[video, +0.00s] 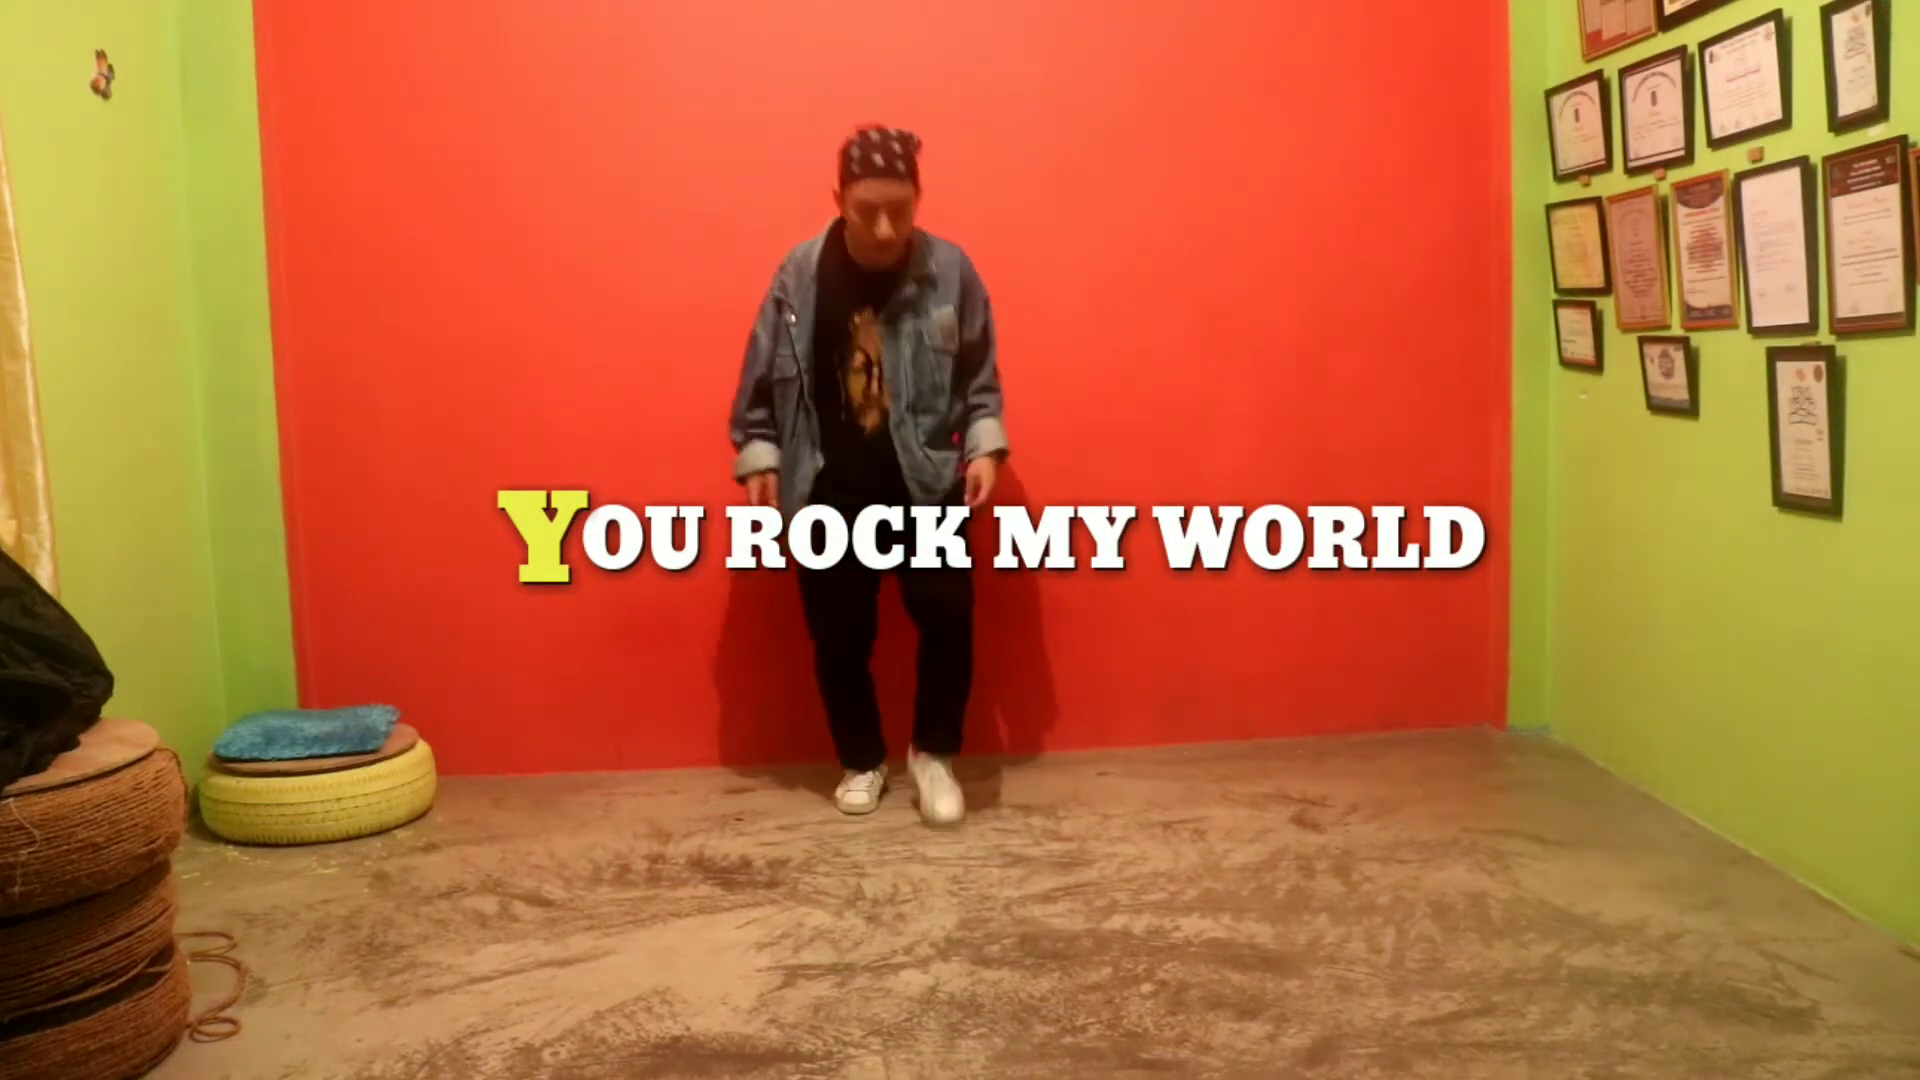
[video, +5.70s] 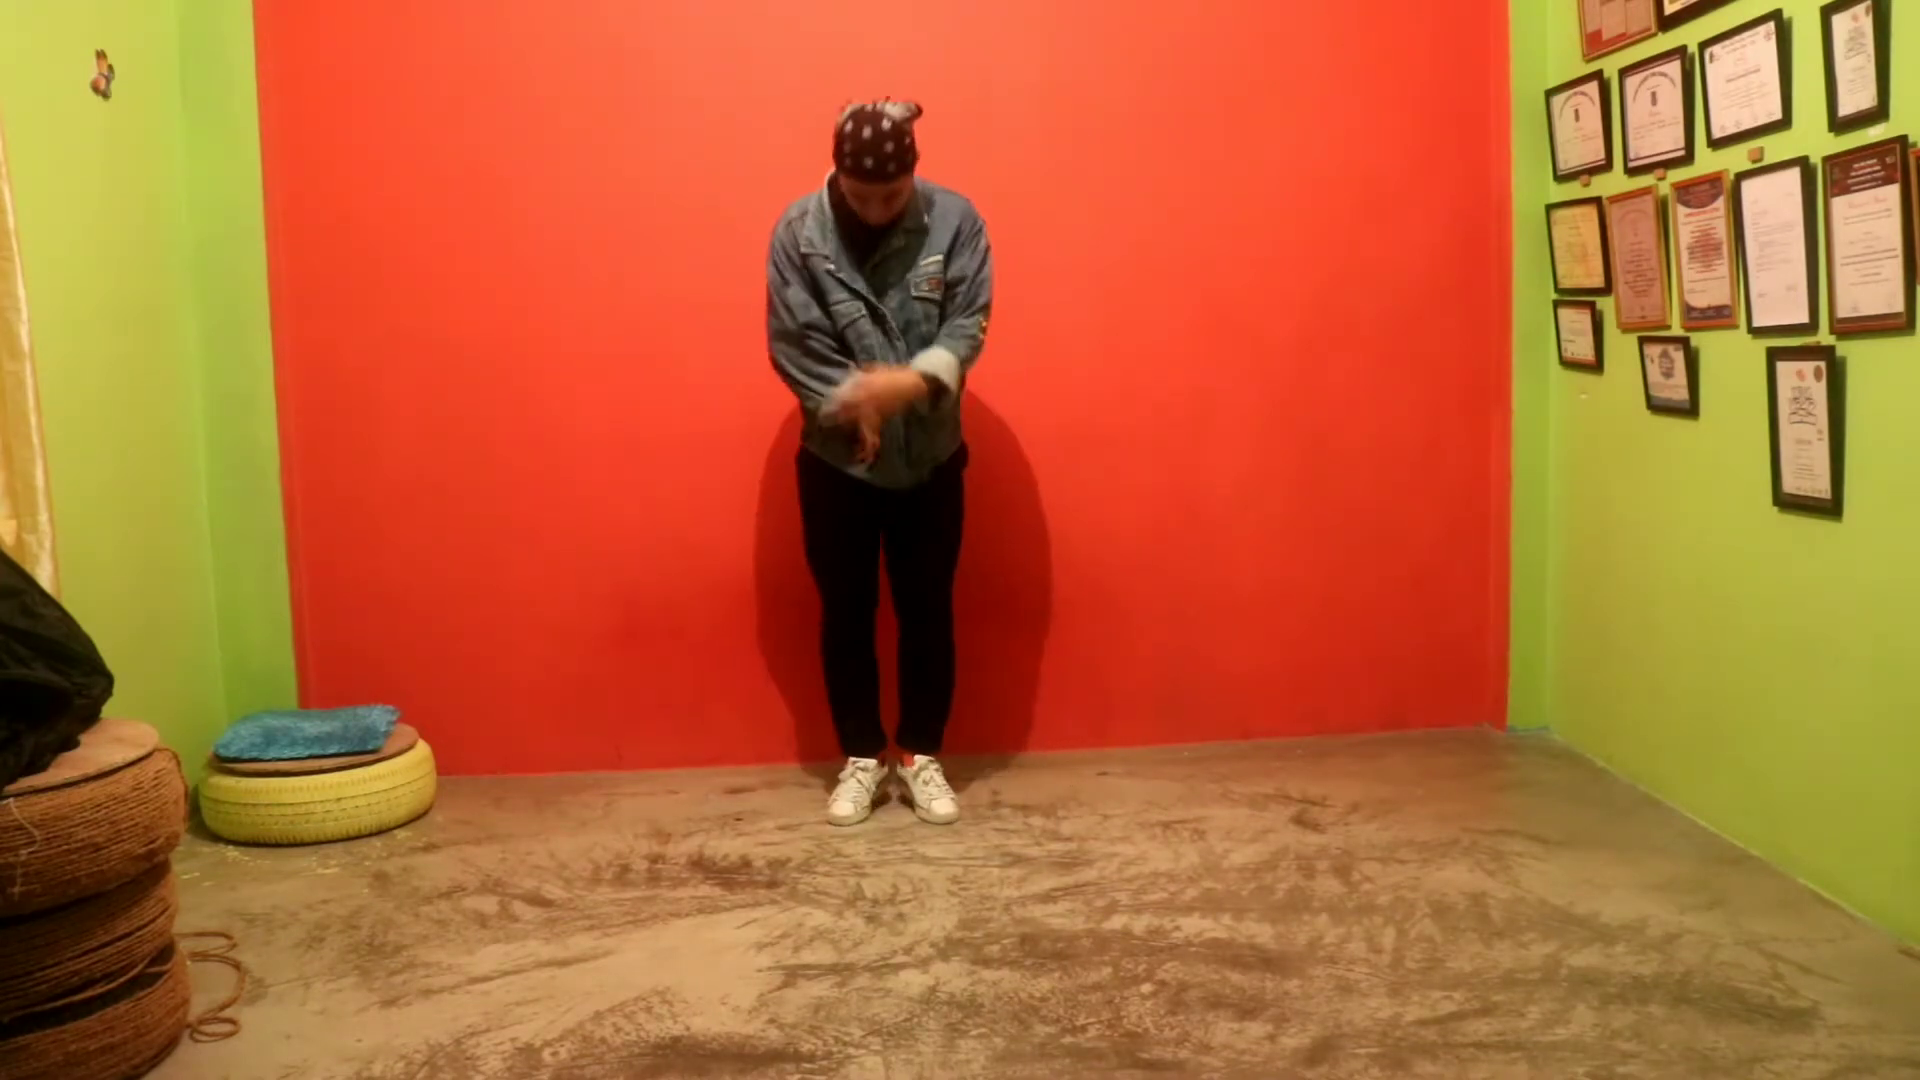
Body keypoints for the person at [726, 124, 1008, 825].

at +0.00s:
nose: (885, 228)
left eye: (898, 210)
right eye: (869, 211)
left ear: (918, 202)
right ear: (842, 202)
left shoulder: (952, 273)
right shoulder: (800, 272)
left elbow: (979, 376)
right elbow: (761, 382)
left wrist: (986, 449)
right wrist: (759, 461)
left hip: (923, 481)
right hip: (826, 484)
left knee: (948, 618)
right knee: (839, 633)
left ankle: (934, 757)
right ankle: (861, 763)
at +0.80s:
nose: (849, 182)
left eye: (864, 164)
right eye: (835, 167)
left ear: (897, 161)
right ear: (822, 169)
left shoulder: (957, 243)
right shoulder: (802, 256)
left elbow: (1012, 336)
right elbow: (778, 348)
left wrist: (972, 355)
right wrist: (818, 364)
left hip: (944, 484)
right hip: (846, 488)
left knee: (945, 632)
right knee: (846, 641)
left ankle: (929, 755)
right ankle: (878, 782)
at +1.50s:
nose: (894, 161)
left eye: (913, 147)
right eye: (887, 144)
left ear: (953, 152)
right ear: (877, 141)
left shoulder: (987, 249)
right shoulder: (844, 197)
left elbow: (1007, 363)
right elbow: (801, 298)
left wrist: (1001, 463)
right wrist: (804, 411)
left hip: (944, 457)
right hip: (849, 450)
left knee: (968, 616)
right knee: (850, 617)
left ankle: (965, 781)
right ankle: (868, 765)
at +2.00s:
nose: (867, 190)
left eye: (872, 172)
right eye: (849, 181)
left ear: (883, 149)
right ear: (816, 173)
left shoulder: (930, 191)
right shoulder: (789, 216)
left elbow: (974, 289)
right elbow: (770, 315)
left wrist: (989, 386)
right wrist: (784, 412)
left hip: (925, 438)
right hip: (831, 447)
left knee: (958, 590)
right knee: (840, 607)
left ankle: (928, 726)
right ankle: (865, 761)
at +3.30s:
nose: (882, 232)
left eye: (893, 213)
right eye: (864, 218)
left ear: (913, 206)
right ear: (840, 217)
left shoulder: (959, 289)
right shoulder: (803, 305)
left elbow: (1013, 366)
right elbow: (779, 397)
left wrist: (986, 413)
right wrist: (816, 452)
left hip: (943, 502)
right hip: (846, 506)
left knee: (984, 625)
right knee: (811, 629)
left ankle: (929, 760)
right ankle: (855, 760)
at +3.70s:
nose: (878, 299)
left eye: (891, 283)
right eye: (864, 286)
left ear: (911, 266)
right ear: (840, 271)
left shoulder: (947, 297)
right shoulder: (805, 318)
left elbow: (964, 395)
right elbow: (809, 412)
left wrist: (962, 375)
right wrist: (815, 387)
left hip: (937, 514)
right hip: (847, 520)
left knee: (978, 639)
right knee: (828, 647)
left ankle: (927, 764)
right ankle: (858, 768)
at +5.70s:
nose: (878, 204)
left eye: (890, 190)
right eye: (864, 191)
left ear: (912, 173)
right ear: (838, 175)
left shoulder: (954, 221)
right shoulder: (798, 234)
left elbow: (968, 324)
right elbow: (795, 344)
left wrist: (915, 378)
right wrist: (852, 402)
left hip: (929, 458)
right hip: (836, 461)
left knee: (927, 609)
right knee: (847, 610)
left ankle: (920, 756)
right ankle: (861, 760)